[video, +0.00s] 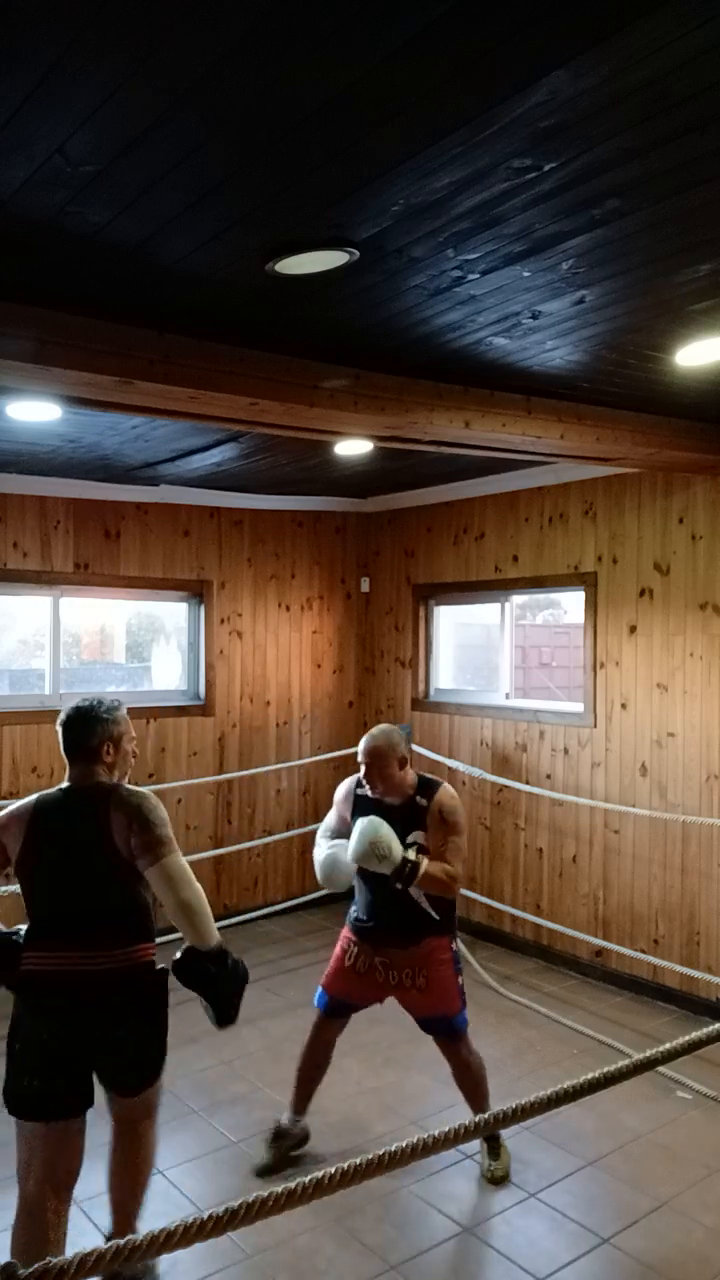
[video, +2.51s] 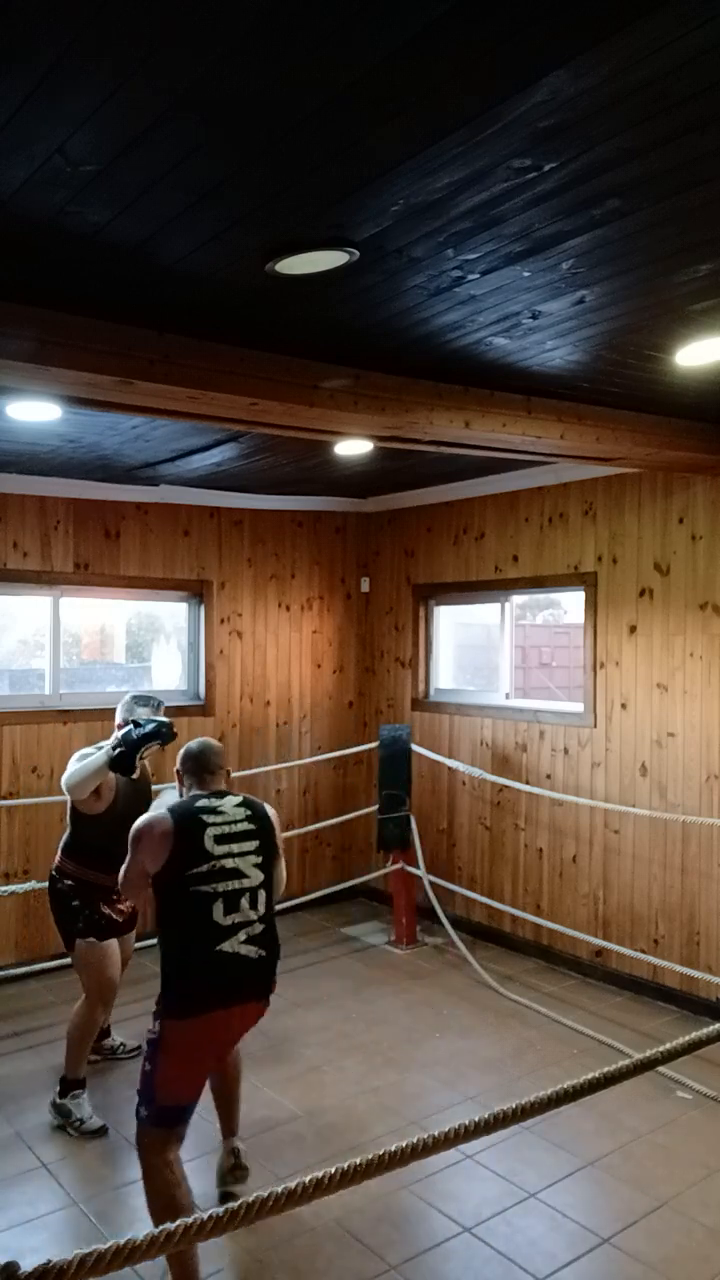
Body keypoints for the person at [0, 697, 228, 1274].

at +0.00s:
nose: (135, 750)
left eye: (133, 739)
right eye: (130, 740)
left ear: (69, 753)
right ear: (110, 749)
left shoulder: (20, 818)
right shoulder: (135, 810)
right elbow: (183, 896)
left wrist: (4, 946)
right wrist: (212, 958)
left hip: (45, 1002)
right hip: (128, 1001)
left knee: (44, 1181)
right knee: (133, 1123)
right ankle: (122, 1248)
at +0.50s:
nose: (140, 752)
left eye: (141, 743)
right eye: (137, 742)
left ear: (87, 736)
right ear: (114, 741)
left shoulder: (28, 782)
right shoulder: (115, 783)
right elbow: (190, 806)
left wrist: (18, 888)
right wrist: (212, 755)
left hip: (15, 947)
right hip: (81, 955)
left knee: (5, 1068)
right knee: (91, 1083)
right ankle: (81, 1217)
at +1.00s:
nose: (130, 747)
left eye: (133, 737)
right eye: (124, 736)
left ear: (90, 736)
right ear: (94, 733)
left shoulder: (58, 764)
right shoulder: (73, 768)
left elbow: (127, 787)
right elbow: (105, 799)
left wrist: (155, 760)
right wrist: (149, 751)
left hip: (32, 919)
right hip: (64, 926)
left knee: (19, 1028)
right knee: (97, 1023)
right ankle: (82, 1131)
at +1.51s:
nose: (128, 743)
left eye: (131, 734)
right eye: (124, 733)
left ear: (122, 736)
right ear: (102, 731)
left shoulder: (112, 778)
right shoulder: (72, 774)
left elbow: (110, 837)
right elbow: (42, 787)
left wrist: (135, 868)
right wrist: (85, 740)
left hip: (90, 900)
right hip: (69, 902)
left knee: (72, 986)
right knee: (104, 1012)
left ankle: (43, 1065)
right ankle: (84, 1127)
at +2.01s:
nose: (126, 737)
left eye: (133, 730)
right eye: (119, 728)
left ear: (138, 731)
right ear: (99, 723)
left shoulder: (122, 771)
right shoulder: (71, 758)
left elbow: (125, 819)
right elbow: (57, 794)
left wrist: (144, 862)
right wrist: (108, 755)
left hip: (98, 887)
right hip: (60, 889)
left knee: (79, 982)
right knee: (87, 992)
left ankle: (44, 1063)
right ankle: (62, 1100)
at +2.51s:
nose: (146, 739)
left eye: (152, 731)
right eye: (139, 727)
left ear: (156, 737)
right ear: (120, 725)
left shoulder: (144, 775)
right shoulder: (91, 761)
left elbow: (146, 825)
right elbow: (73, 788)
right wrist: (118, 748)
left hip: (121, 882)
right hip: (77, 884)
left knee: (117, 965)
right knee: (102, 988)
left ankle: (100, 1037)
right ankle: (69, 1094)